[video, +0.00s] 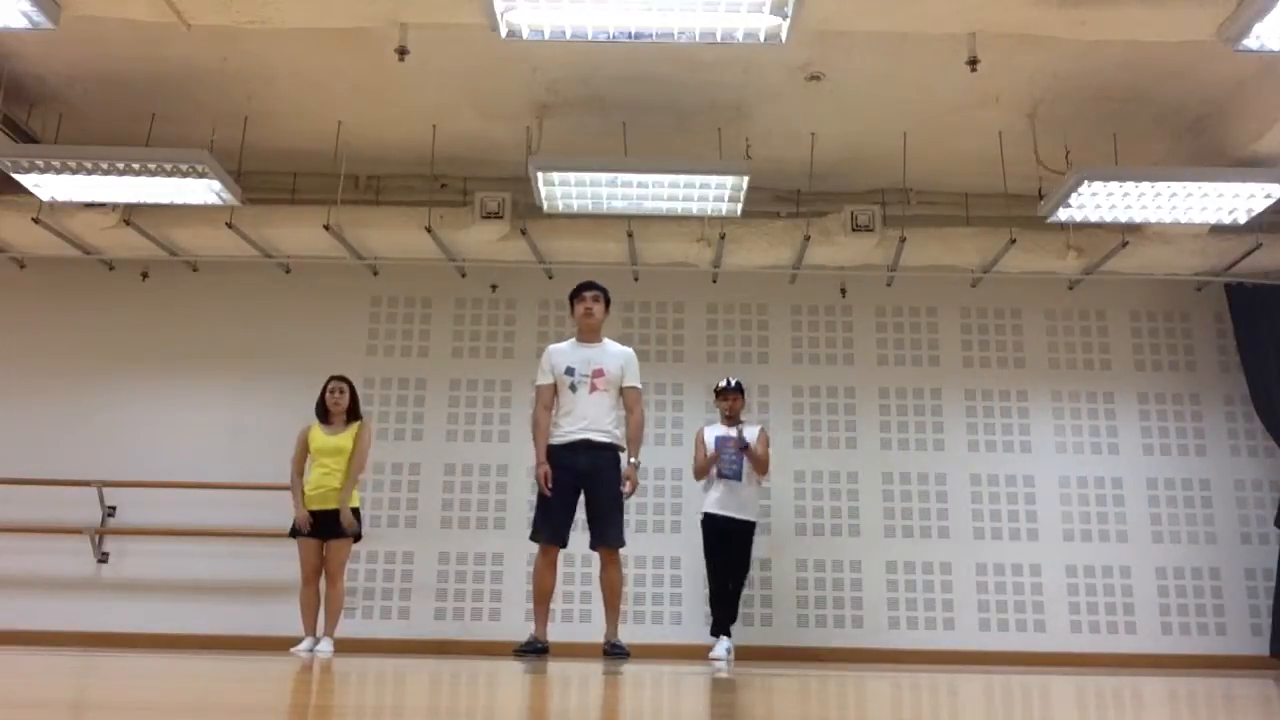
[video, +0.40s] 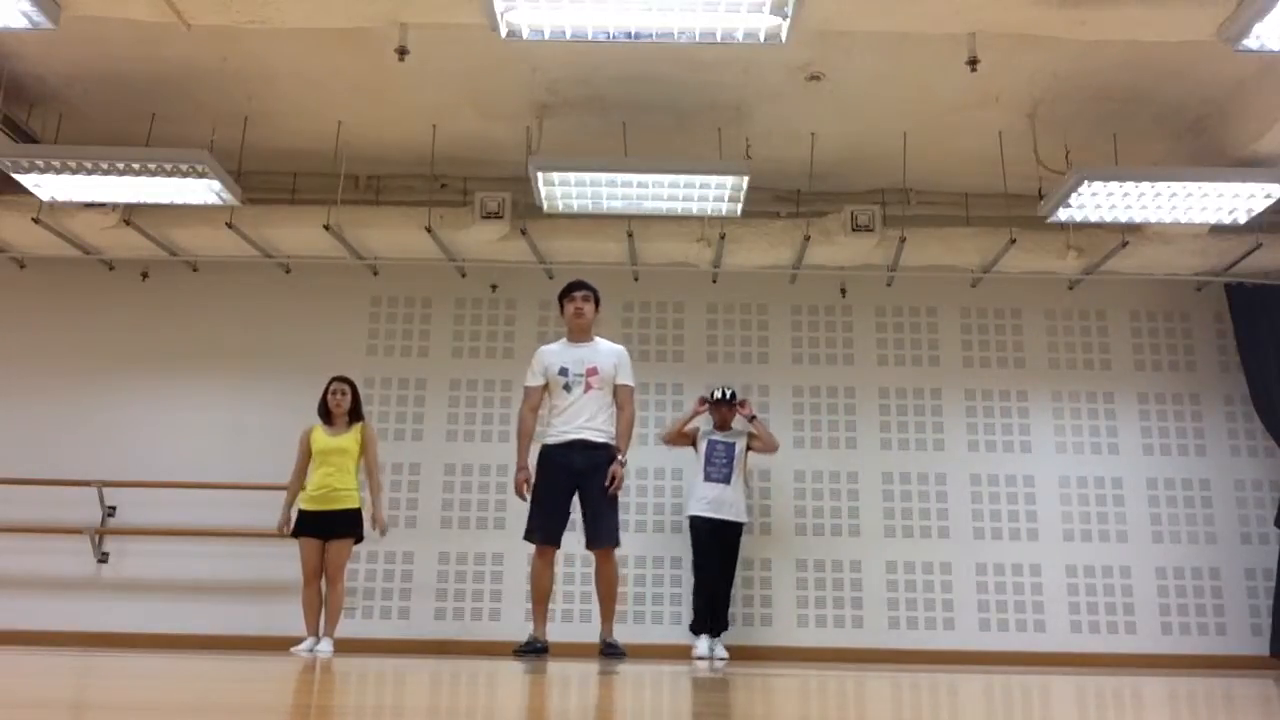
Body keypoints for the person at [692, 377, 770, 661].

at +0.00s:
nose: (729, 404)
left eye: (734, 399)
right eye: (724, 399)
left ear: (743, 402)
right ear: (717, 402)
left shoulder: (756, 433)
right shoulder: (706, 433)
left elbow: (763, 469)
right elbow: (698, 473)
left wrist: (746, 448)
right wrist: (714, 456)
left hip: (744, 513)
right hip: (715, 510)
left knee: (736, 576)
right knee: (717, 575)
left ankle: (722, 634)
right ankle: (722, 636)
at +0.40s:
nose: (723, 413)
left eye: (727, 408)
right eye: (718, 408)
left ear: (735, 410)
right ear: (710, 410)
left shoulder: (743, 437)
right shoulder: (700, 435)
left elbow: (772, 446)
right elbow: (668, 438)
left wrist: (751, 418)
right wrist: (693, 413)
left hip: (731, 515)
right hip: (703, 513)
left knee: (724, 577)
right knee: (705, 575)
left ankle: (717, 637)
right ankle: (701, 635)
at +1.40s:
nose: (698, 407)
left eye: (702, 404)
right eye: (693, 403)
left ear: (709, 409)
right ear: (684, 409)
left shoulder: (719, 437)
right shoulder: (674, 436)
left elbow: (756, 432)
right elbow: (636, 436)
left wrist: (731, 409)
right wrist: (651, 408)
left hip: (711, 516)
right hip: (681, 516)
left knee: (713, 578)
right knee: (684, 580)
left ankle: (714, 638)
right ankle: (685, 638)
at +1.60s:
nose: (694, 408)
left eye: (699, 404)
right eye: (689, 404)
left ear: (706, 409)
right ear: (682, 410)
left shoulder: (717, 438)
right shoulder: (671, 436)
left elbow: (754, 450)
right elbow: (642, 453)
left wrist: (745, 420)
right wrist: (631, 430)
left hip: (709, 518)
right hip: (679, 517)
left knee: (712, 579)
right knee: (683, 581)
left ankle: (714, 638)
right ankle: (685, 639)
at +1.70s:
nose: (693, 409)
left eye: (698, 405)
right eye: (688, 405)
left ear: (706, 410)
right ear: (681, 411)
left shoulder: (717, 442)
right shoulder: (669, 441)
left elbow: (741, 467)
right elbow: (650, 466)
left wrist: (753, 448)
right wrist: (639, 471)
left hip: (708, 520)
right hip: (678, 518)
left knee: (710, 579)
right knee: (682, 581)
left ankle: (713, 637)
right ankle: (685, 639)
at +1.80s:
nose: (693, 410)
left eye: (698, 406)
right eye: (688, 406)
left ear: (705, 411)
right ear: (681, 411)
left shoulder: (717, 443)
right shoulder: (669, 441)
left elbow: (727, 478)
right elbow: (654, 476)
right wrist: (639, 491)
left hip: (707, 520)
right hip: (677, 518)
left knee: (709, 579)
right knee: (681, 581)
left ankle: (712, 636)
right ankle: (685, 638)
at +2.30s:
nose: (701, 414)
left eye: (706, 409)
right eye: (696, 409)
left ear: (713, 411)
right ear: (687, 411)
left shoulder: (725, 442)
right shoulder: (676, 442)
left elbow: (739, 480)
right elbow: (659, 476)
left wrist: (754, 511)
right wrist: (643, 504)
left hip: (715, 520)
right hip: (683, 520)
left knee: (730, 573)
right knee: (684, 582)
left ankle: (753, 629)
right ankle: (685, 638)